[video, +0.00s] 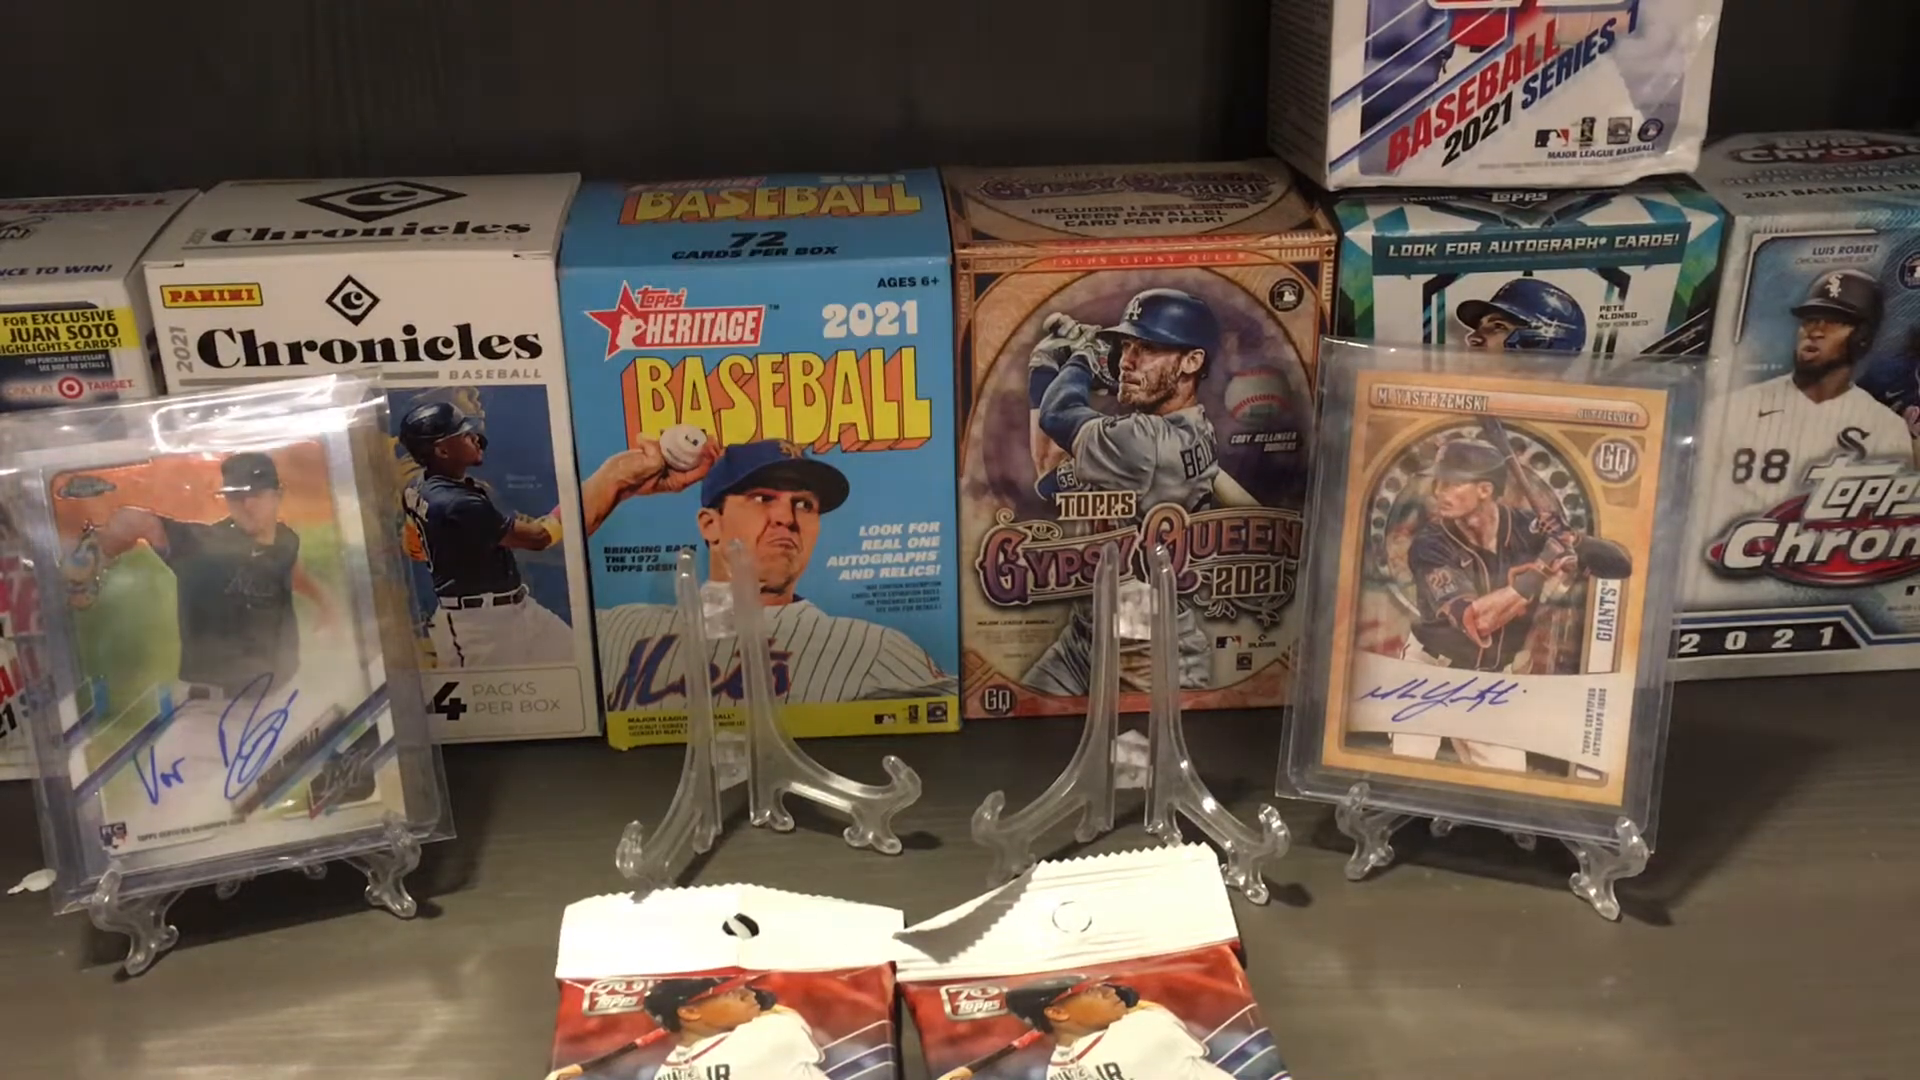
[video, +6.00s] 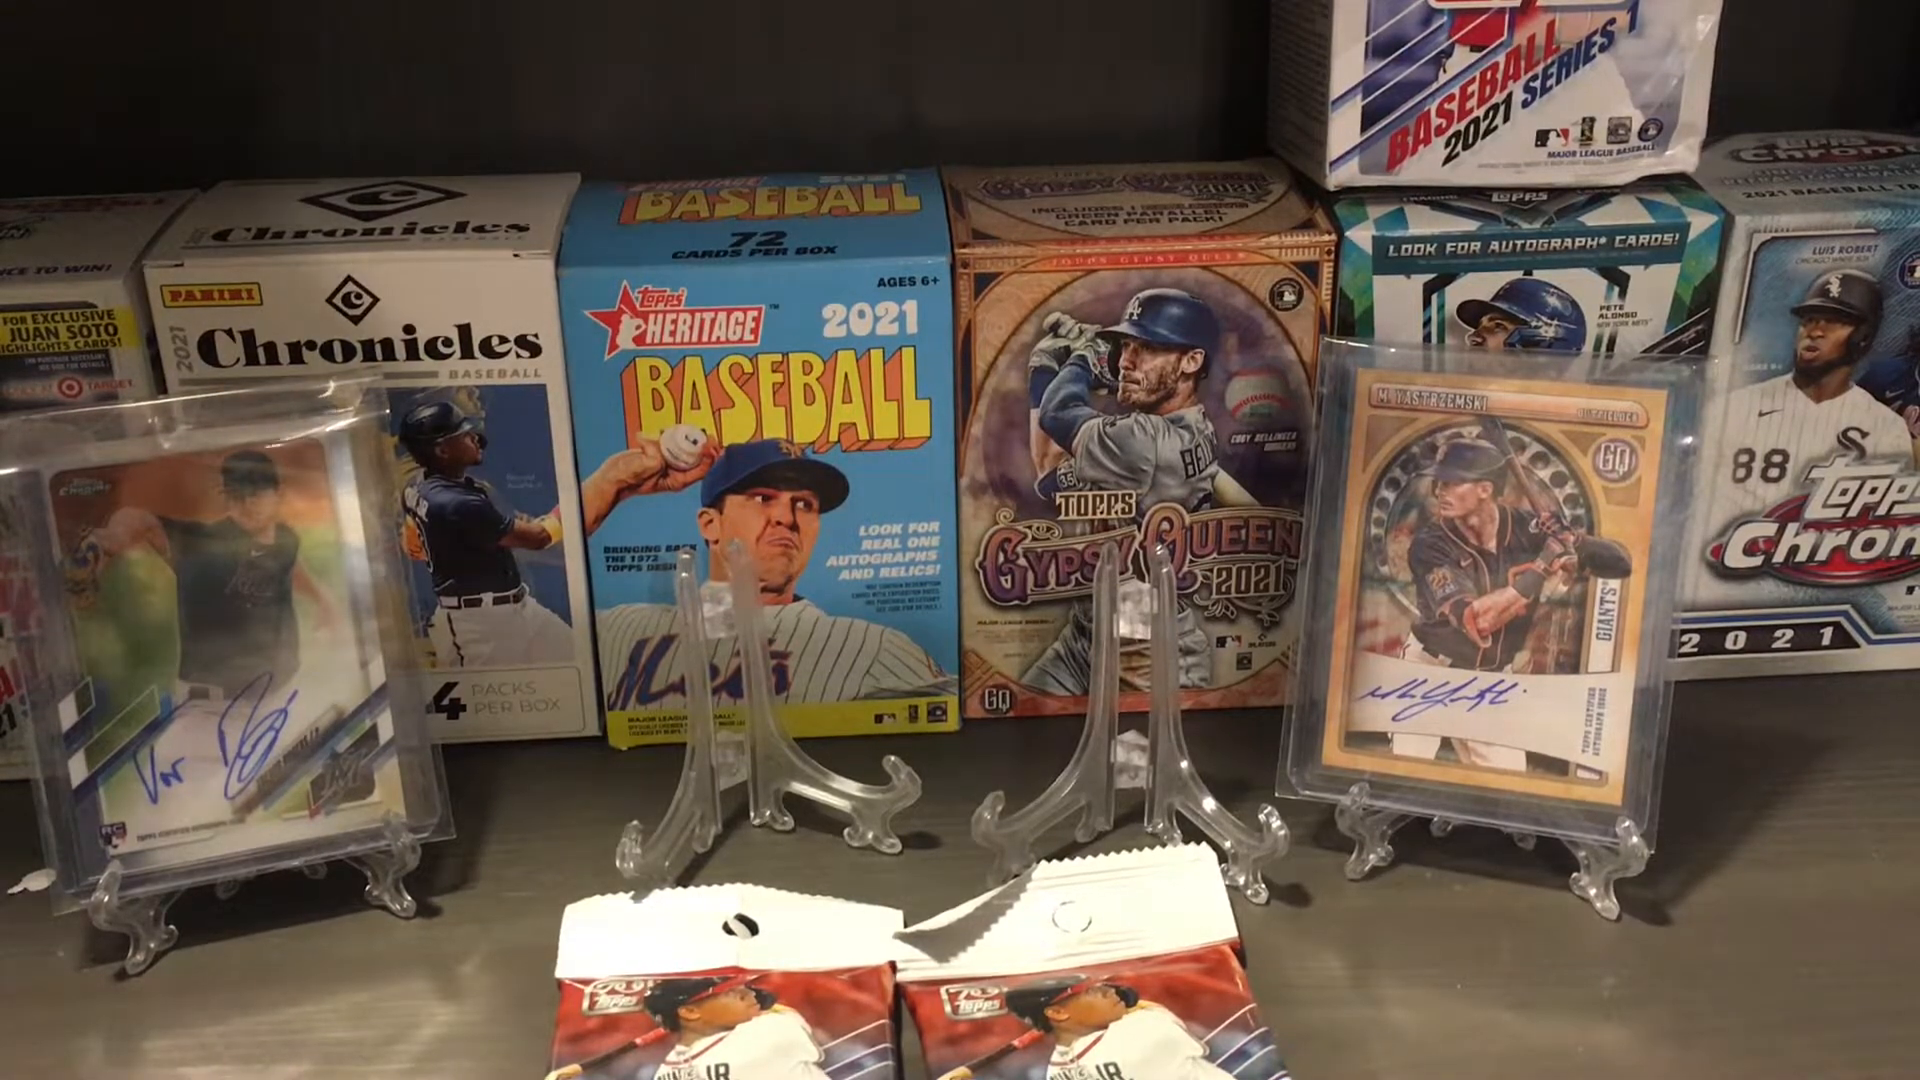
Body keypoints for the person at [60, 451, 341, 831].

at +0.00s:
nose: (246, 505)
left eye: (255, 494)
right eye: (236, 496)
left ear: (277, 495)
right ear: (227, 500)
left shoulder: (287, 542)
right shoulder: (198, 542)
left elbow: (289, 572)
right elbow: (134, 519)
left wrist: (324, 600)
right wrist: (95, 552)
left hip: (279, 701)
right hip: (210, 707)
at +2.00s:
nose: (247, 506)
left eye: (256, 494)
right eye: (236, 497)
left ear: (277, 494)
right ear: (226, 500)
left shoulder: (287, 542)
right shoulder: (198, 543)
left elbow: (288, 571)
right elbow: (133, 518)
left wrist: (325, 603)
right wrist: (101, 549)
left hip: (277, 702)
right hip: (210, 707)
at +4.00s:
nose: (249, 506)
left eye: (258, 496)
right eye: (239, 498)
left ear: (276, 495)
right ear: (228, 502)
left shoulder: (286, 541)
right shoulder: (204, 542)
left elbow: (292, 570)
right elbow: (144, 525)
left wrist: (323, 603)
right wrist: (112, 533)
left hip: (276, 685)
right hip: (216, 691)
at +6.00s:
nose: (247, 506)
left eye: (256, 495)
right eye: (237, 497)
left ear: (276, 495)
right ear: (226, 499)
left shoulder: (286, 541)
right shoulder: (201, 541)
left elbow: (291, 569)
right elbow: (134, 517)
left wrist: (323, 601)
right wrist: (116, 539)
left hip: (276, 683)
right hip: (214, 690)